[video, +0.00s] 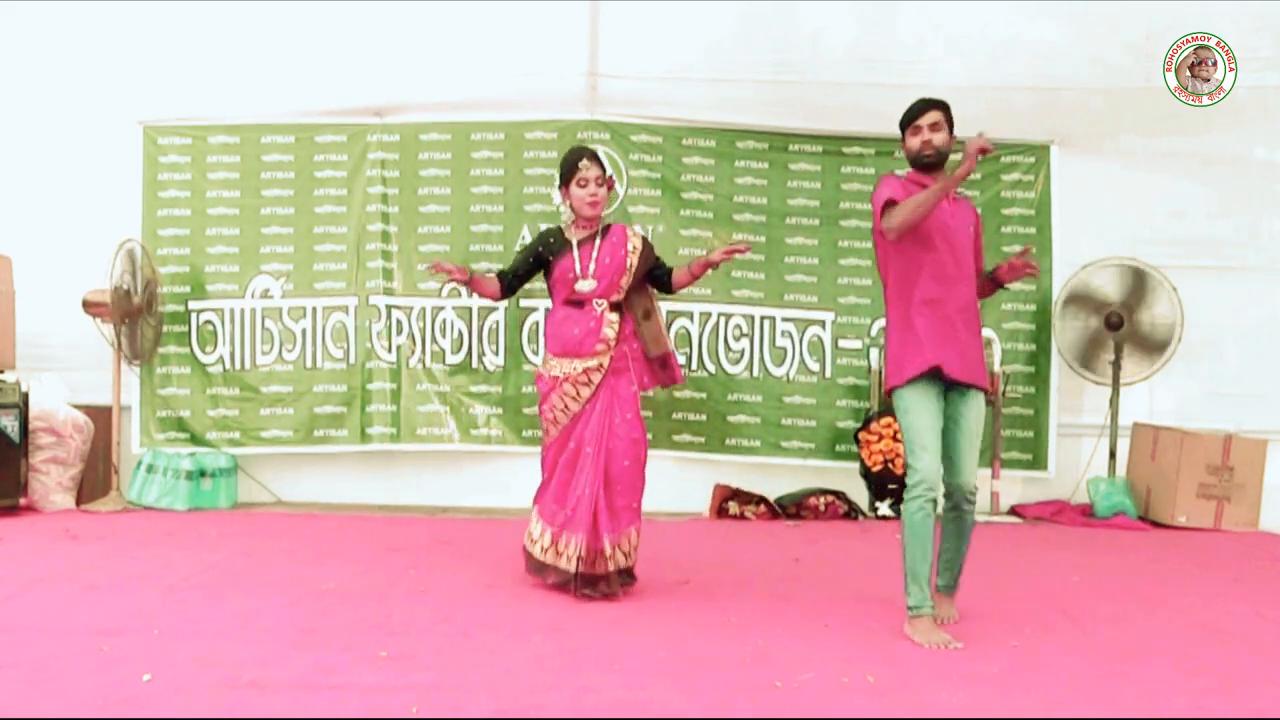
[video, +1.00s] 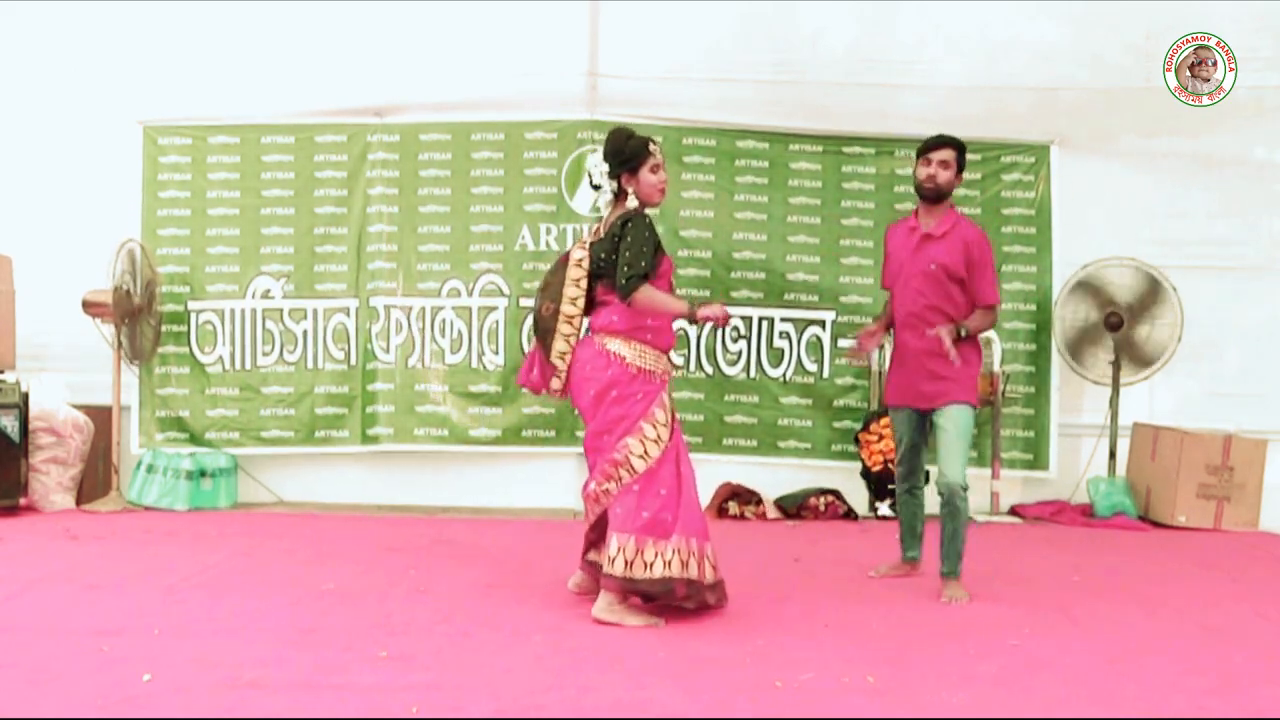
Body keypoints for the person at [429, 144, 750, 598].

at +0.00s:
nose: (593, 192)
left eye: (600, 183)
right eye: (582, 184)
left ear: (609, 189)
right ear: (565, 192)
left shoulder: (629, 241)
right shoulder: (551, 242)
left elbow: (667, 280)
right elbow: (502, 286)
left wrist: (707, 262)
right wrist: (467, 277)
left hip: (616, 367)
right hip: (565, 368)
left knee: (620, 459)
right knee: (570, 461)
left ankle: (609, 562)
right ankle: (572, 560)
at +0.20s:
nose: (605, 202)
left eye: (611, 193)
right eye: (593, 194)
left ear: (619, 198)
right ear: (575, 204)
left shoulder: (636, 256)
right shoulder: (568, 258)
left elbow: (642, 314)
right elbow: (543, 320)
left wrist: (669, 312)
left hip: (624, 381)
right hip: (575, 383)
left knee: (631, 465)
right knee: (583, 471)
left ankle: (610, 563)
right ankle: (548, 547)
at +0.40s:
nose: (623, 188)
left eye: (627, 178)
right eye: (611, 180)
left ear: (632, 182)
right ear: (588, 189)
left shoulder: (633, 233)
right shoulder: (591, 232)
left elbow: (661, 290)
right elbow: (631, 283)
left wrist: (659, 245)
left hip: (632, 365)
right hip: (590, 365)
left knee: (647, 465)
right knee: (619, 464)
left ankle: (621, 564)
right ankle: (579, 557)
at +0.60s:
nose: (646, 188)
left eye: (648, 179)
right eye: (635, 180)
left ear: (645, 183)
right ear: (608, 189)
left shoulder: (611, 234)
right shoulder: (622, 236)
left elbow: (626, 291)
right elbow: (637, 300)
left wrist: (672, 279)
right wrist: (684, 291)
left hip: (599, 367)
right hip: (616, 372)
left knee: (614, 471)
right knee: (645, 474)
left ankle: (584, 567)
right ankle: (612, 597)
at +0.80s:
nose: (662, 179)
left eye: (663, 169)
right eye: (651, 172)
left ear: (655, 172)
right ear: (626, 179)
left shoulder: (611, 227)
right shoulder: (638, 224)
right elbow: (629, 283)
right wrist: (690, 310)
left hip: (607, 362)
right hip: (630, 365)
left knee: (625, 466)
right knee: (649, 469)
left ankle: (596, 566)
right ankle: (613, 593)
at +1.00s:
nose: (663, 178)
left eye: (663, 167)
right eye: (653, 170)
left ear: (634, 177)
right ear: (627, 180)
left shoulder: (613, 225)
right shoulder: (635, 225)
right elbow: (634, 289)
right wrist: (693, 310)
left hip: (602, 361)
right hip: (623, 365)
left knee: (617, 466)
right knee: (644, 471)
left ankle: (593, 567)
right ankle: (614, 596)